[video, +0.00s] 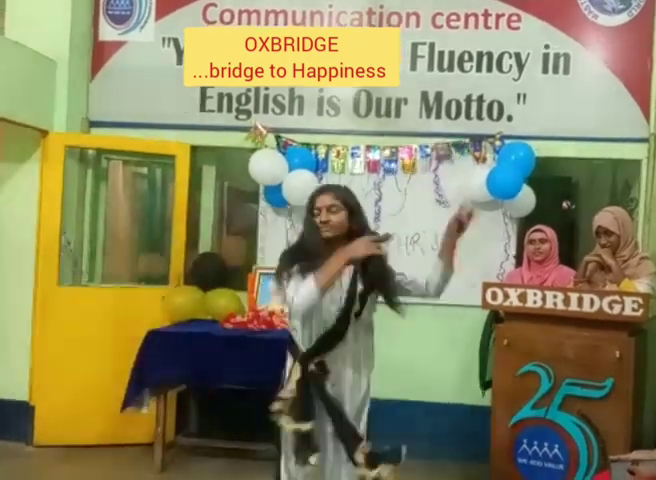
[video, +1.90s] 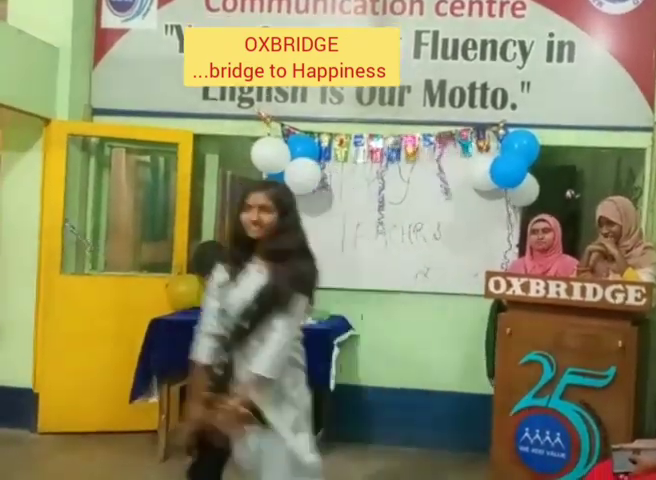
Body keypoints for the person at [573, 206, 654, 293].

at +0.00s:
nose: (602, 242)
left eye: (608, 234)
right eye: (598, 235)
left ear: (624, 233)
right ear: (595, 236)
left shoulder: (644, 265)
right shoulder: (592, 263)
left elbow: (640, 299)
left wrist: (613, 264)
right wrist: (584, 267)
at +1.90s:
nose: (604, 231)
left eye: (611, 224)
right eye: (600, 224)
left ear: (627, 223)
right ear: (597, 226)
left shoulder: (647, 254)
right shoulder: (595, 253)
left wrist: (617, 254)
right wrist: (587, 256)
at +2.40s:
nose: (606, 221)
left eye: (612, 213)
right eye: (602, 214)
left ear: (629, 213)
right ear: (599, 216)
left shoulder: (649, 245)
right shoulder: (596, 242)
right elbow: (580, 272)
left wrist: (618, 244)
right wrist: (588, 244)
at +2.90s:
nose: (606, 211)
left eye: (613, 203)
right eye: (602, 203)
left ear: (630, 203)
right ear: (599, 205)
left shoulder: (649, 235)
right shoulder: (597, 234)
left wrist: (618, 234)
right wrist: (588, 240)